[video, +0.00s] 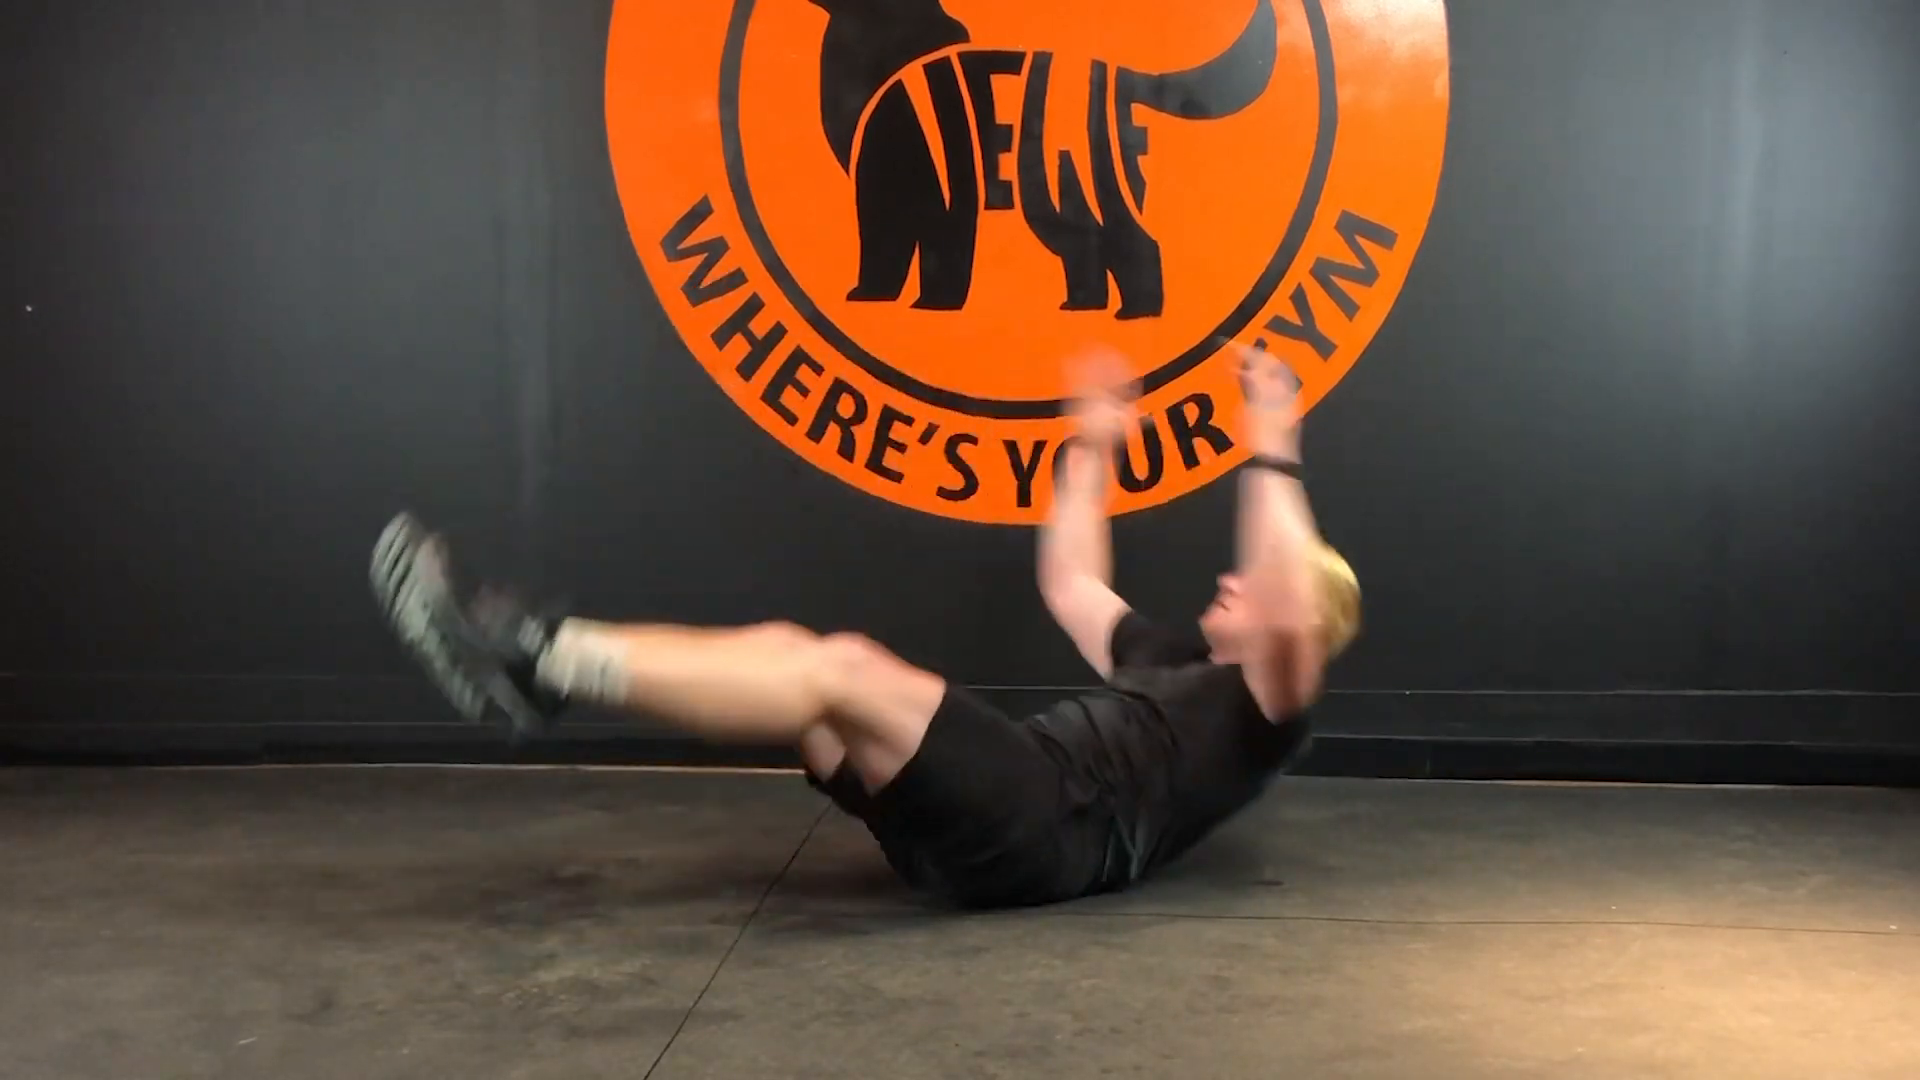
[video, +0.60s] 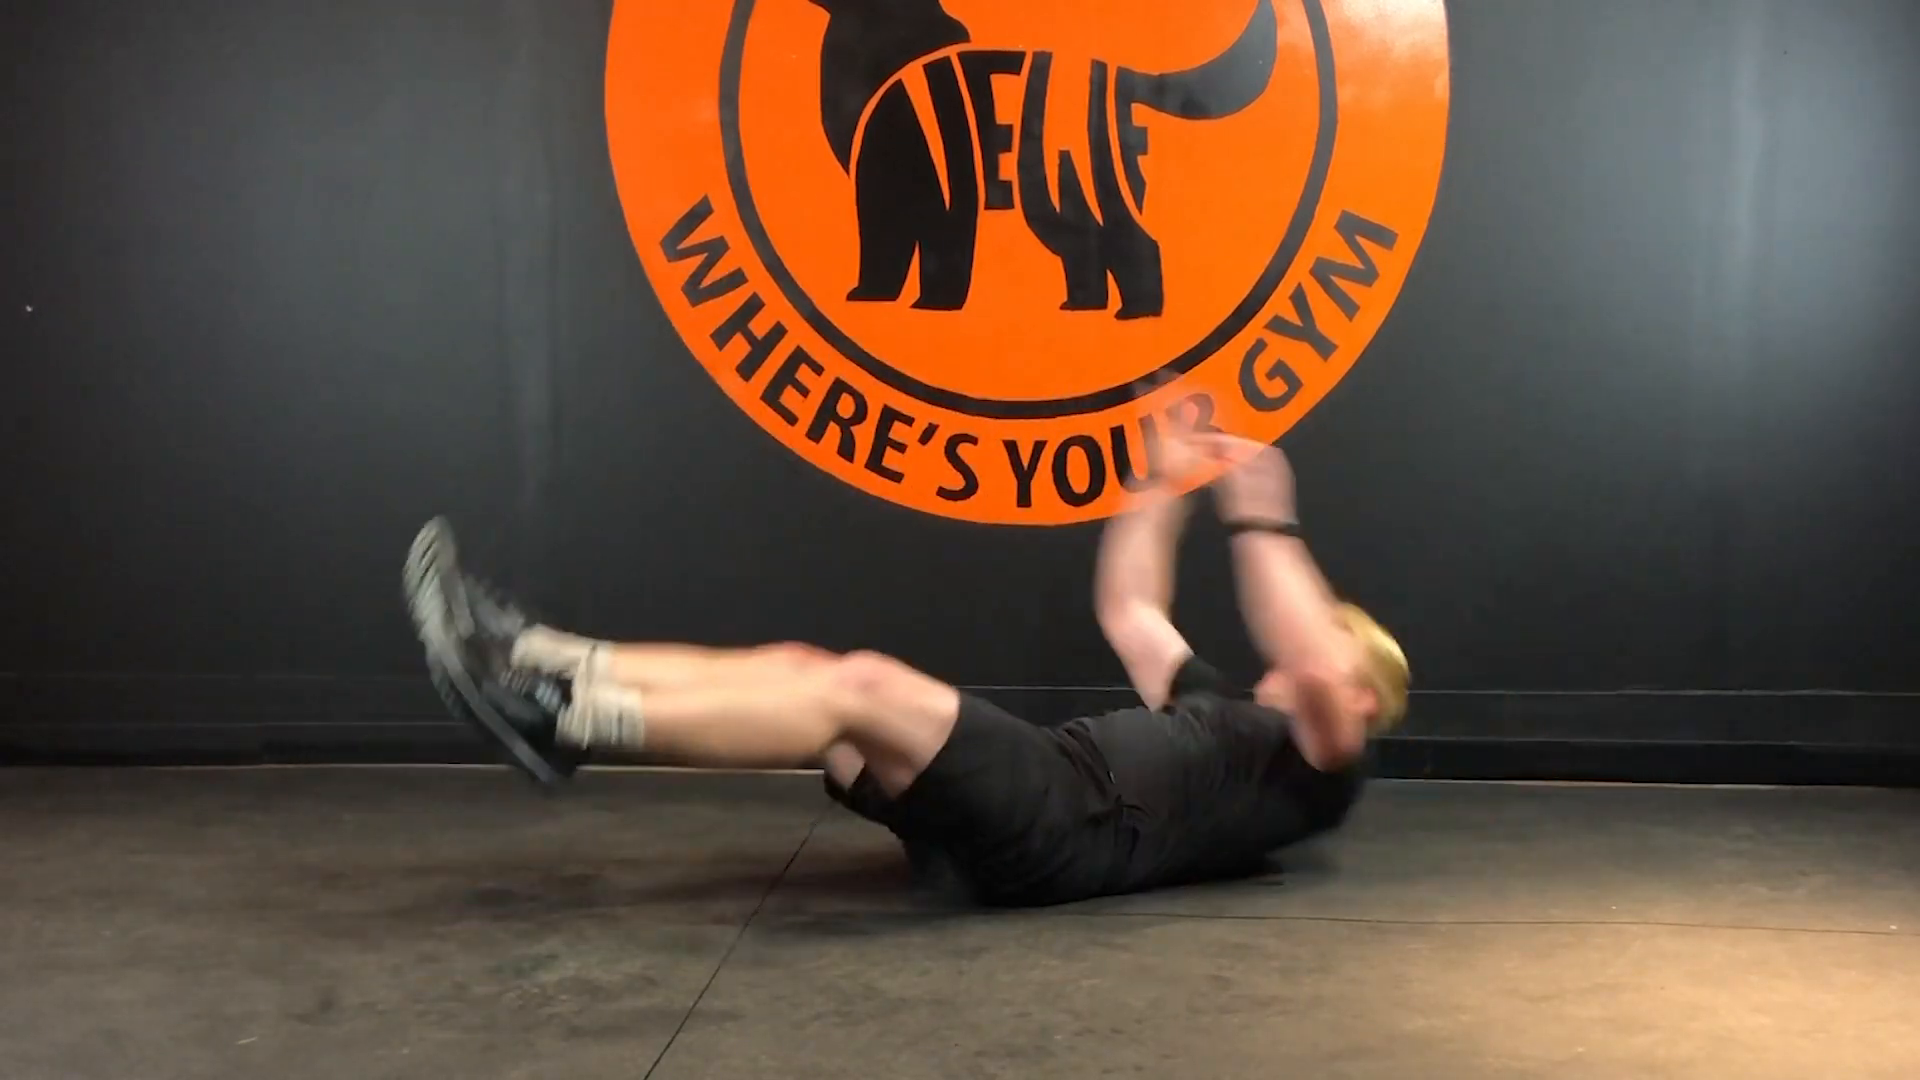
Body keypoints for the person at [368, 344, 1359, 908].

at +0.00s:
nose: (1223, 585)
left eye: (1253, 580)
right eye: (1236, 573)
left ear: (1302, 630)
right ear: (1233, 605)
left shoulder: (1257, 713)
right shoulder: (1169, 667)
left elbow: (1291, 621)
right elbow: (1076, 582)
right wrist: (1092, 445)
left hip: (1049, 826)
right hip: (986, 803)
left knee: (842, 667)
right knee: (794, 659)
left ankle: (547, 653)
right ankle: (519, 679)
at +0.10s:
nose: (1282, 616)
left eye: (1310, 615)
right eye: (1289, 607)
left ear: (1345, 669)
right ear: (1265, 638)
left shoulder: (1296, 734)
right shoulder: (1196, 701)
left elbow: (1393, 675)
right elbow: (1138, 627)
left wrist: (1405, 534)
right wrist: (1206, 517)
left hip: (1062, 812)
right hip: (1006, 789)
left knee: (807, 721)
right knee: (779, 713)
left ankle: (520, 734)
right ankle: (510, 735)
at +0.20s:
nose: (1316, 652)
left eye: (1346, 657)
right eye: (1317, 642)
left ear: (1370, 719)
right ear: (1289, 662)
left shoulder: (1320, 775)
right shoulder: (1218, 714)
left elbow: (1461, 762)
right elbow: (1195, 679)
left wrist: (1481, 630)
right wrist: (1291, 603)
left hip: (1075, 808)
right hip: (1028, 760)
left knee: (827, 754)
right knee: (781, 755)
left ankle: (523, 781)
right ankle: (496, 787)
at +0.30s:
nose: (1320, 674)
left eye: (1348, 682)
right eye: (1331, 668)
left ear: (1375, 733)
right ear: (1314, 693)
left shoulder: (1345, 787)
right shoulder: (1229, 732)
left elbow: (1493, 821)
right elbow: (1080, 747)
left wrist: (1534, 720)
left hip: (1068, 807)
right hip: (992, 753)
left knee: (846, 761)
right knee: (769, 737)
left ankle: (533, 808)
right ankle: (497, 804)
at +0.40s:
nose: (1326, 683)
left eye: (1355, 693)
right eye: (1334, 676)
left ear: (1381, 743)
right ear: (1313, 701)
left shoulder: (1351, 793)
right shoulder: (1236, 738)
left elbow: (1499, 820)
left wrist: (1519, 758)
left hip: (1071, 808)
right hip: (995, 749)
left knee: (845, 755)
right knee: (784, 725)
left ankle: (544, 797)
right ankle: (500, 786)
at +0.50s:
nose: (1333, 679)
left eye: (1360, 685)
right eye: (1335, 669)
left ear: (1379, 738)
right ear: (1310, 688)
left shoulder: (1330, 789)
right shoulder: (1228, 721)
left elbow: (1452, 749)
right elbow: (1204, 666)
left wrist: (1450, 646)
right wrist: (1320, 601)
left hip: (1084, 814)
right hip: (1029, 758)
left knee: (849, 730)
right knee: (790, 718)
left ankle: (554, 756)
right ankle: (523, 746)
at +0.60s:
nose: (1306, 655)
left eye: (1328, 656)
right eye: (1308, 645)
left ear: (1359, 699)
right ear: (1299, 672)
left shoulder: (1316, 763)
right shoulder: (1217, 716)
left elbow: (1312, 664)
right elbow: (1135, 609)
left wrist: (1261, 519)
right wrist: (1164, 483)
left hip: (1067, 825)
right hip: (1018, 789)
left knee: (858, 689)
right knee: (803, 676)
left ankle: (579, 720)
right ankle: (527, 657)